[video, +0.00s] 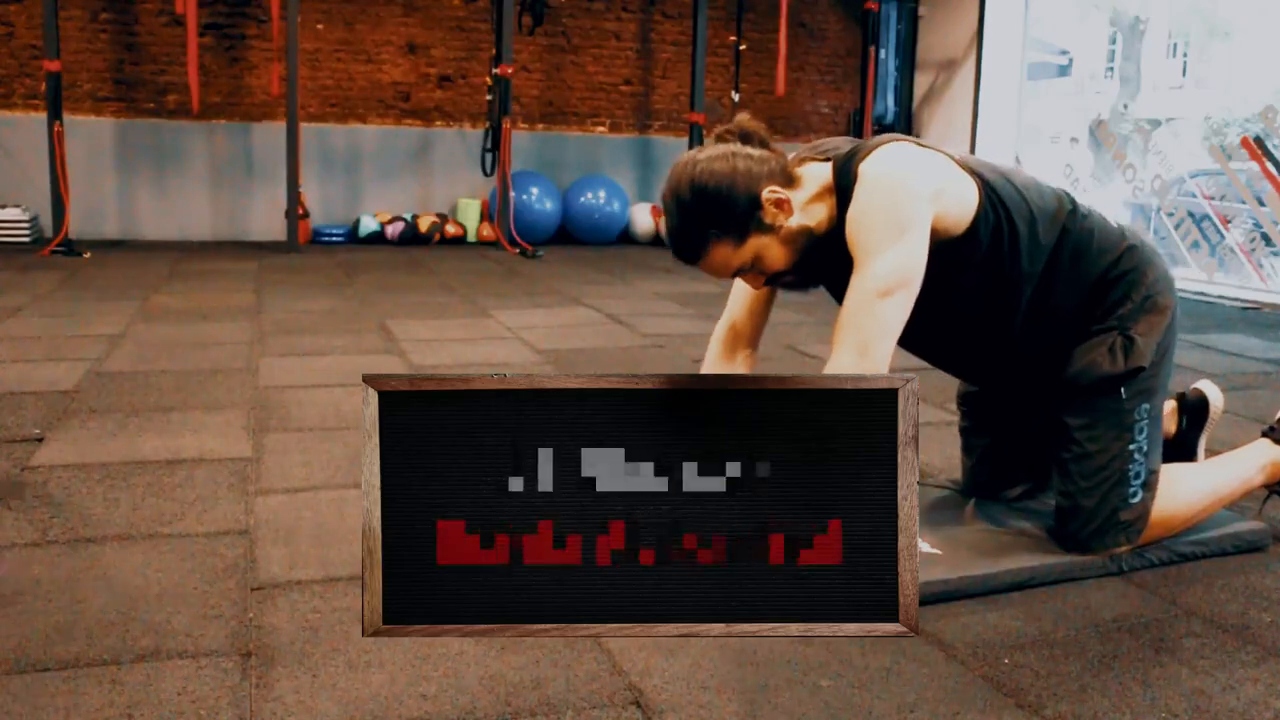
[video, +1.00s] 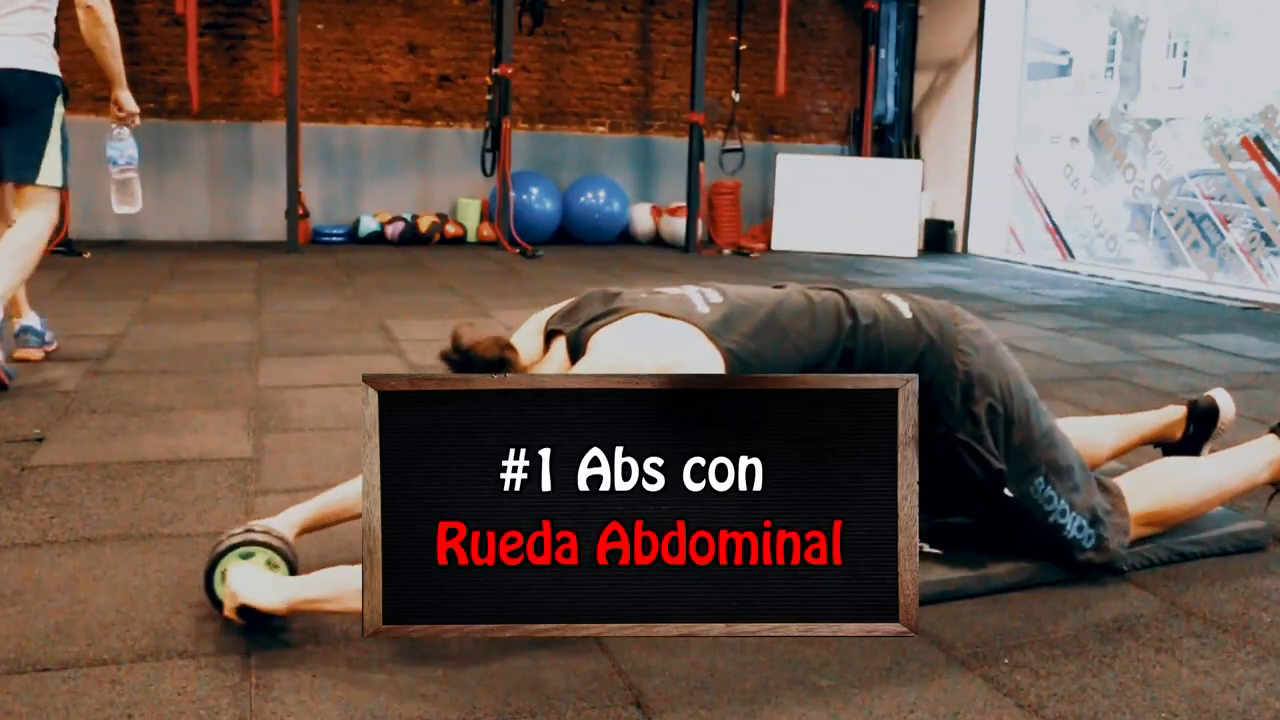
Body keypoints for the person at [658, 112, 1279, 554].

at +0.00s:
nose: (753, 280)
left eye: (752, 264)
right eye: (740, 273)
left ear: (780, 203)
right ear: (771, 201)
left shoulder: (892, 188)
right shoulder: (782, 209)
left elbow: (850, 383)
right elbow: (734, 344)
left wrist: (795, 497)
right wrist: (720, 451)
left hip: (1108, 302)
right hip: (1010, 330)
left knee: (1097, 527)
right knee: (1001, 488)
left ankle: (1270, 456)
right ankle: (1171, 424)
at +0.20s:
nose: (717, 316)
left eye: (710, 304)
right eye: (701, 312)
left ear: (733, 248)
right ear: (729, 243)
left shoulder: (850, 208)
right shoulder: (750, 216)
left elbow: (793, 397)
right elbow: (687, 353)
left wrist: (734, 500)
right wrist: (646, 454)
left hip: (1084, 297)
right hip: (989, 329)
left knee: (1106, 523)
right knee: (997, 480)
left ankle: (1272, 456)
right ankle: (1178, 421)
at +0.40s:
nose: (677, 365)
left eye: (662, 352)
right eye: (655, 361)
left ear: (675, 294)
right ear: (661, 279)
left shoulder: (790, 247)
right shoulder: (695, 238)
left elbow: (727, 421)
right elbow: (619, 375)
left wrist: (634, 492)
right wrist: (566, 461)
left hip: (1047, 297)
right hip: (959, 331)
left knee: (1104, 525)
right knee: (998, 479)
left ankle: (1275, 452)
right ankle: (1181, 419)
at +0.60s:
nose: (638, 370)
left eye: (620, 364)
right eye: (622, 365)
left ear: (625, 327)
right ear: (618, 313)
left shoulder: (721, 291)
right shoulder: (654, 259)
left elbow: (677, 427)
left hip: (1005, 302)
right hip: (939, 323)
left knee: (1101, 525)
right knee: (974, 482)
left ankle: (1273, 455)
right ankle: (1176, 415)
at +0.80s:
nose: (567, 412)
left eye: (544, 406)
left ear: (563, 349)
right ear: (536, 339)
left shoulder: (673, 318)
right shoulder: (575, 326)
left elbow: (564, 460)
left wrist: (400, 538)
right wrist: (333, 527)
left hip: (959, 322)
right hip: (888, 379)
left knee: (1104, 530)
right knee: (1011, 504)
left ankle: (1274, 456)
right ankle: (1177, 413)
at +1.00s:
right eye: (507, 353)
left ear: (509, 371)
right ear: (504, 359)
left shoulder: (630, 369)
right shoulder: (552, 350)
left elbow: (497, 535)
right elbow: (429, 458)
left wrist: (316, 591)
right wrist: (300, 519)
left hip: (919, 351)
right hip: (874, 357)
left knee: (1093, 521)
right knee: (1018, 484)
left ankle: (1263, 460)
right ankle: (1175, 417)